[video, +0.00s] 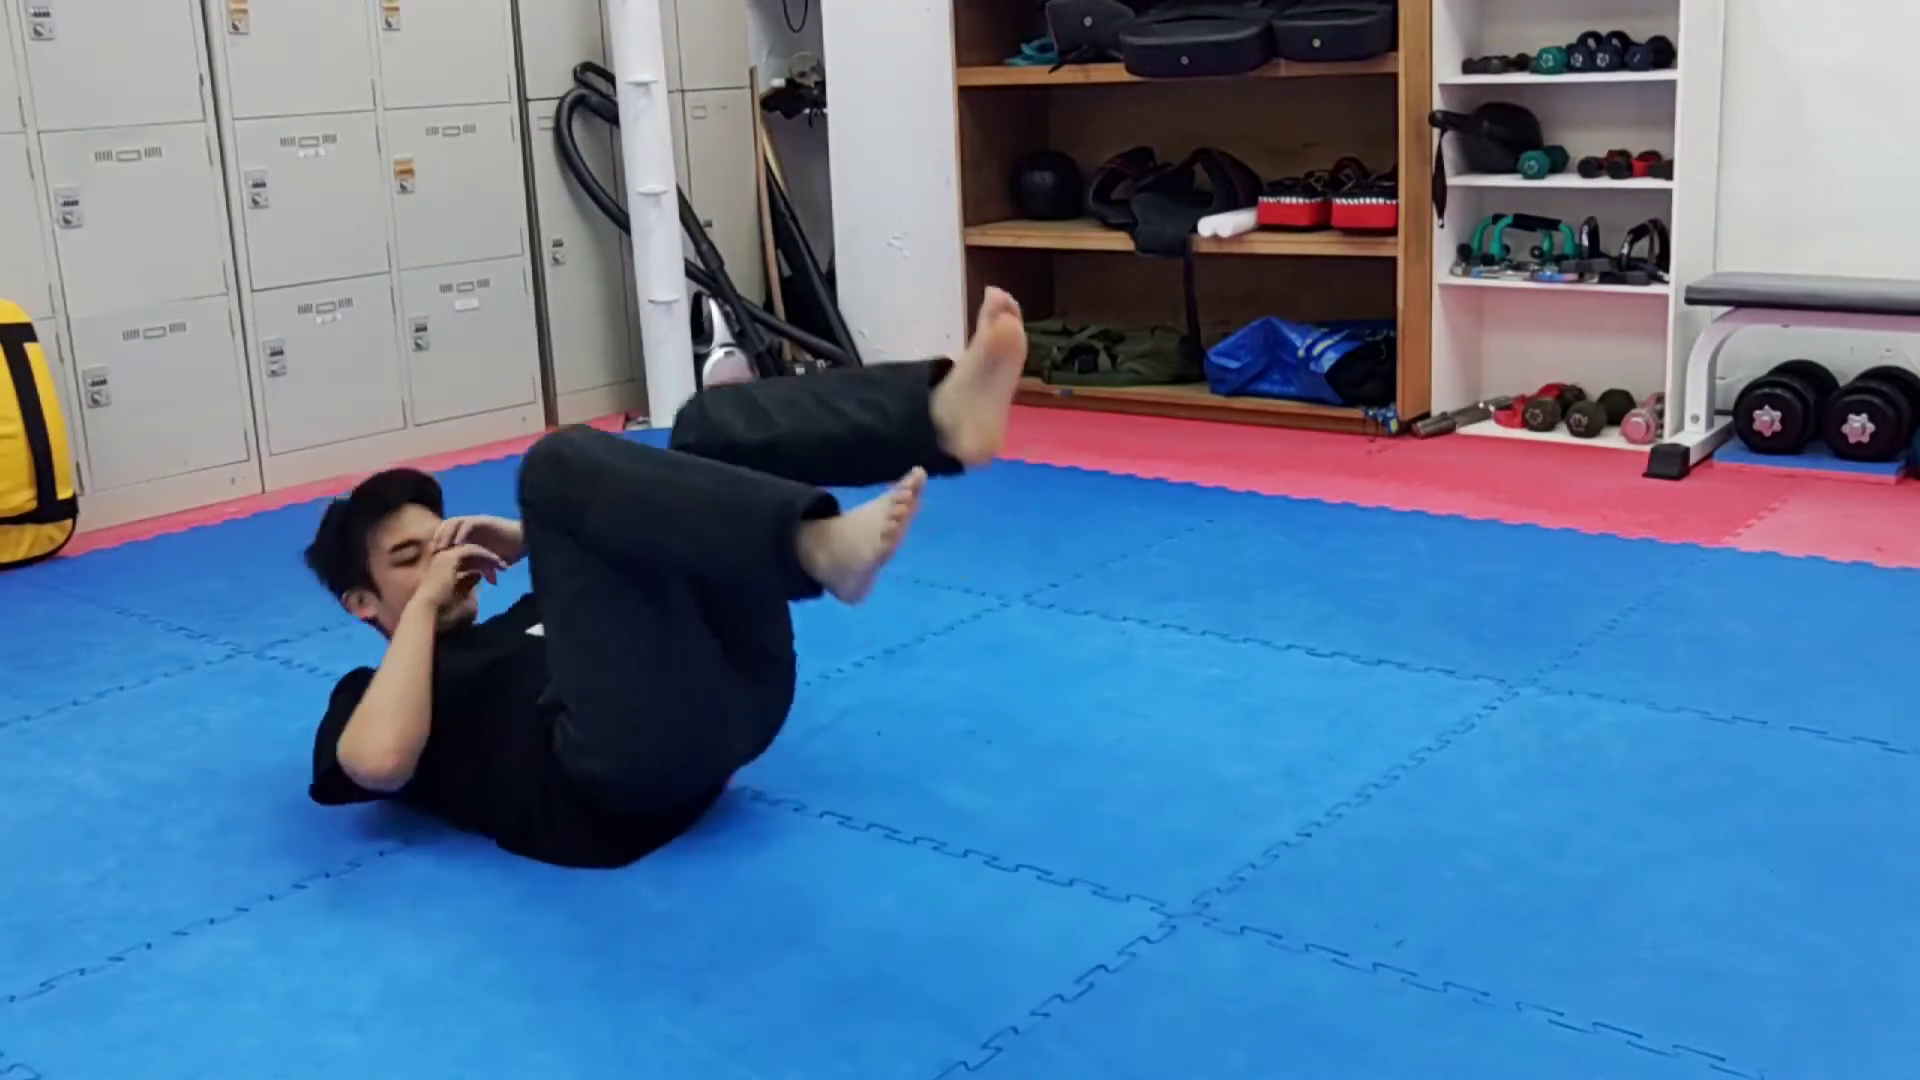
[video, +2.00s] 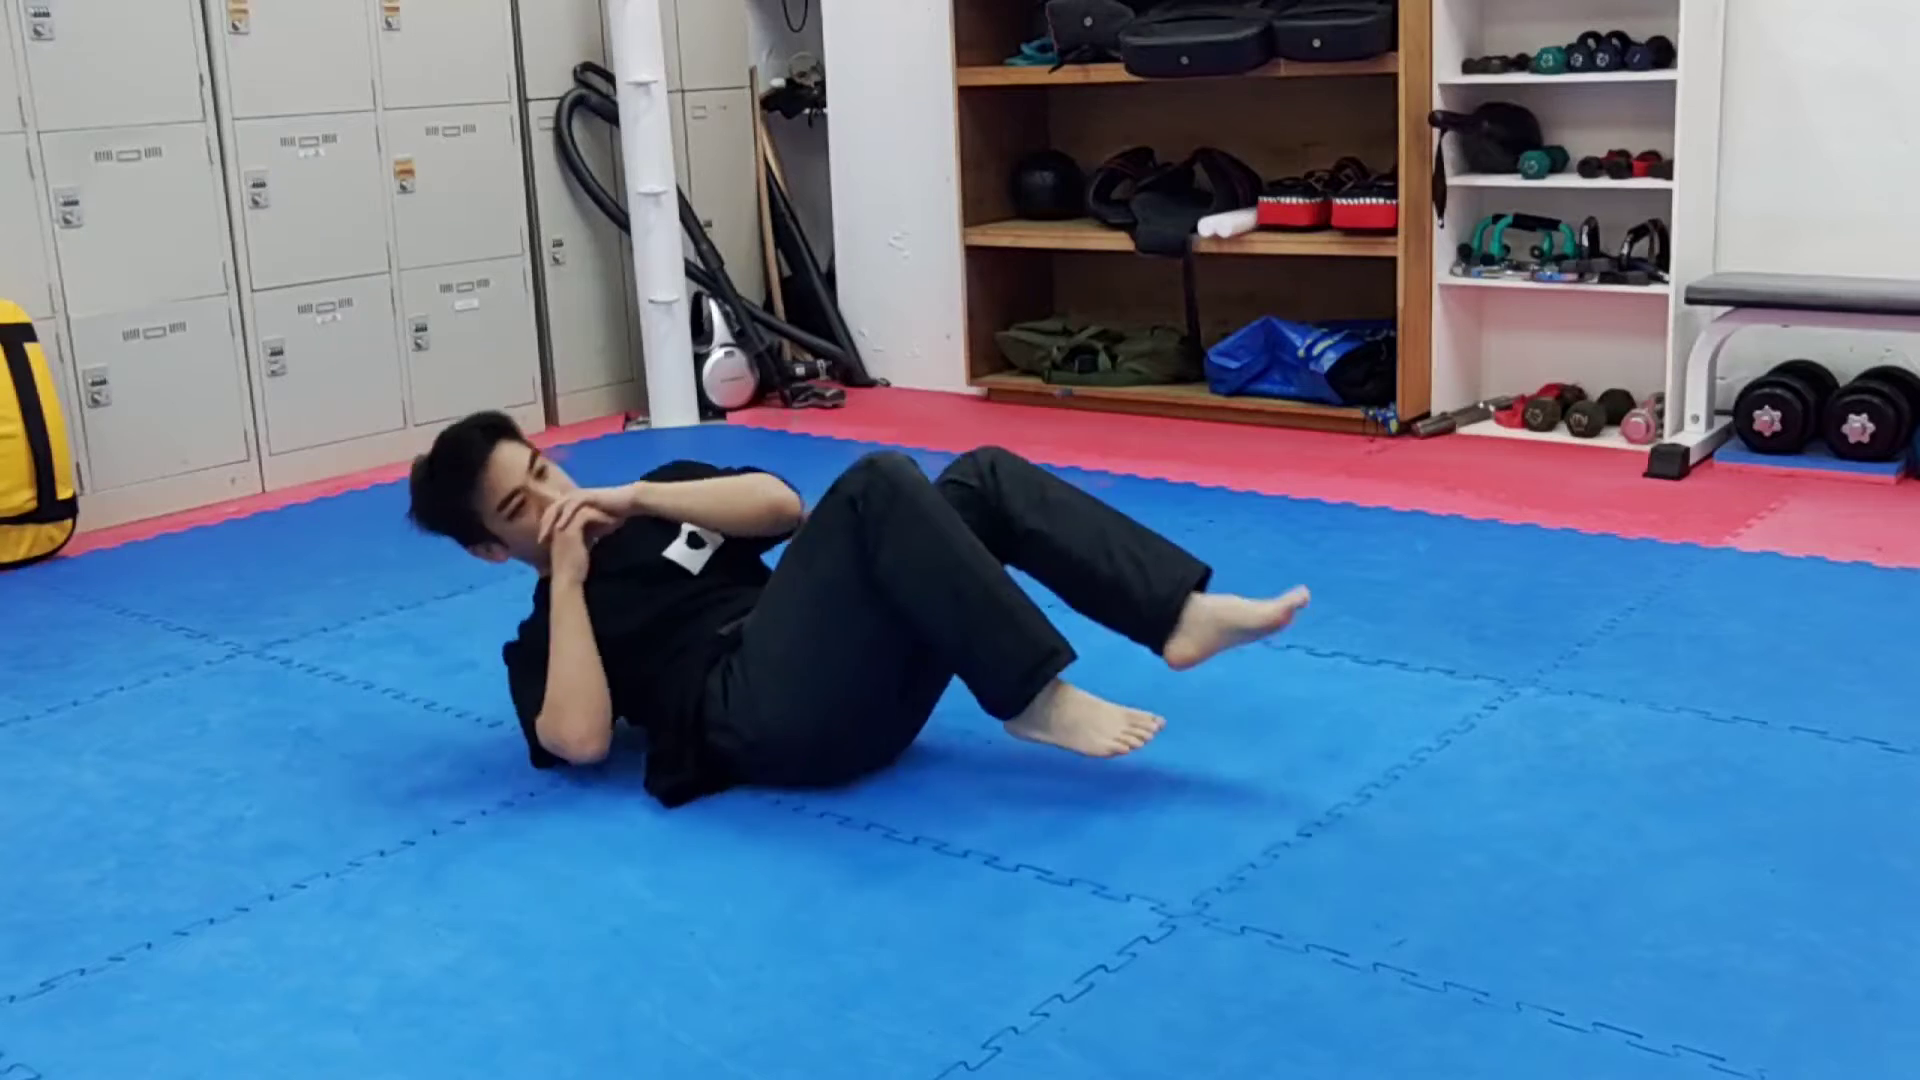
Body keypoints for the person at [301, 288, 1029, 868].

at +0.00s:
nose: (441, 563)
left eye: (443, 544)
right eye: (407, 557)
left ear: (468, 553)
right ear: (364, 603)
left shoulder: (536, 613)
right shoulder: (367, 697)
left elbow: (641, 577)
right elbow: (381, 762)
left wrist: (534, 544)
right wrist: (423, 616)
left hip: (726, 701)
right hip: (620, 772)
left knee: (708, 424)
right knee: (554, 466)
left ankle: (943, 415)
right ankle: (812, 549)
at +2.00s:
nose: (543, 498)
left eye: (535, 475)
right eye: (514, 506)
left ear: (554, 460)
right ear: (490, 543)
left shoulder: (652, 511)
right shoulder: (534, 635)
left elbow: (788, 507)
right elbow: (579, 742)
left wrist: (637, 500)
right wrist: (564, 585)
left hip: (864, 681)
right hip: (775, 730)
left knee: (983, 476)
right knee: (878, 480)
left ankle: (1179, 616)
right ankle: (1035, 697)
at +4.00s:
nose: (690, 442)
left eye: (684, 421)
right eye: (661, 448)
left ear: (702, 413)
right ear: (636, 484)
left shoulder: (797, 470)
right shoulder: (674, 565)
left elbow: (932, 496)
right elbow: (690, 639)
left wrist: (814, 450)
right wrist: (735, 496)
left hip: (971, 625)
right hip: (884, 665)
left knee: (1075, 436)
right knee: (983, 439)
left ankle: (1235, 585)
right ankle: (1134, 629)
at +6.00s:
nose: (838, 403)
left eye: (836, 389)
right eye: (814, 392)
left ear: (836, 401)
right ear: (760, 419)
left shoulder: (868, 478)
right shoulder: (755, 498)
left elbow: (993, 505)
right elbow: (836, 523)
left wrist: (949, 429)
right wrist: (887, 426)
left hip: (1039, 593)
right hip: (973, 619)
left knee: (1147, 424)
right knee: (1064, 423)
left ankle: (1295, 574)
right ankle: (1212, 598)